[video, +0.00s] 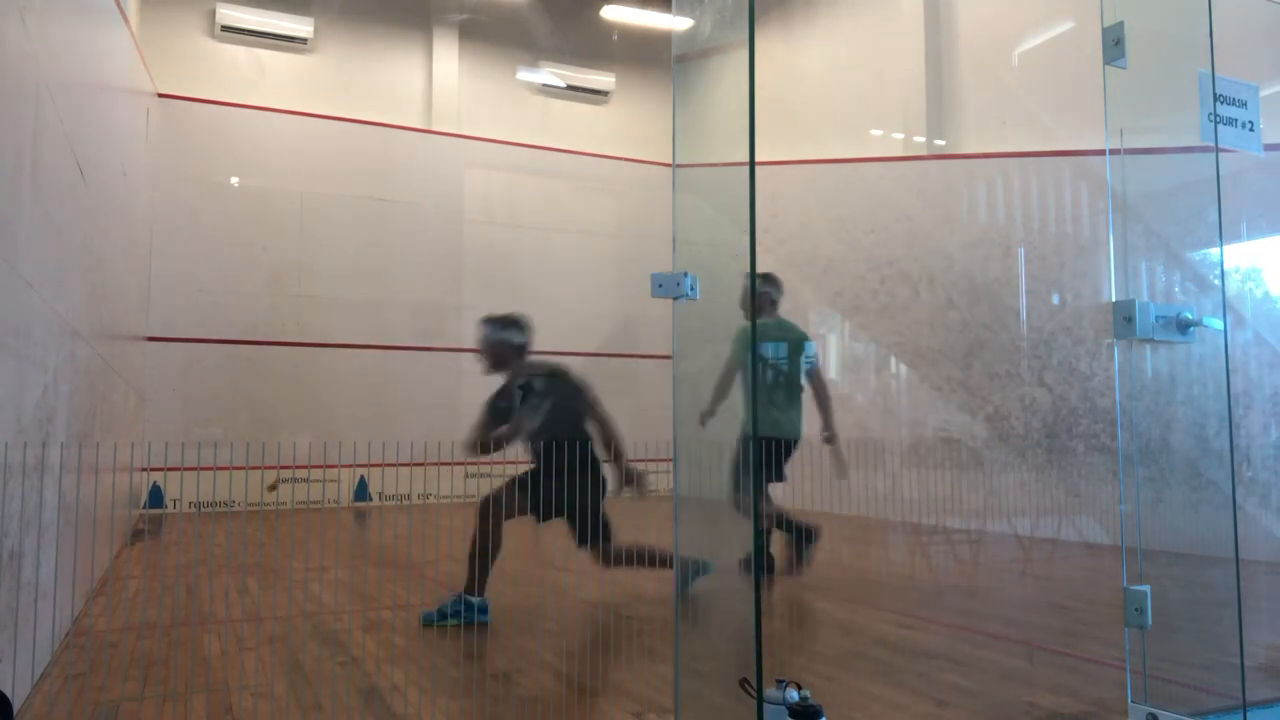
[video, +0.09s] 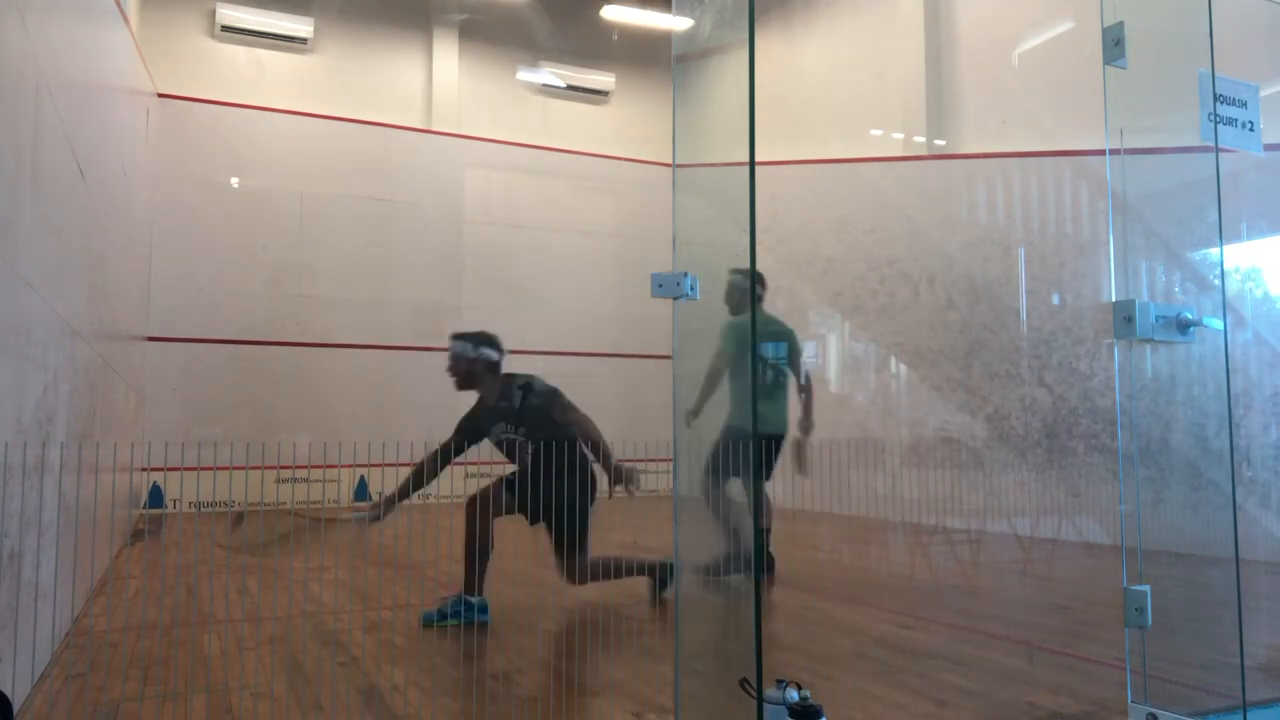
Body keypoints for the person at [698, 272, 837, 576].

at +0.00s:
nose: (741, 304)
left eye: (745, 298)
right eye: (742, 297)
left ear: (759, 299)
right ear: (776, 301)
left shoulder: (748, 333)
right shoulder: (798, 335)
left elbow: (728, 374)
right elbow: (818, 383)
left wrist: (712, 407)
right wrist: (828, 425)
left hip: (758, 430)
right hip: (788, 432)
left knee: (742, 496)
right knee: (757, 492)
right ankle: (762, 554)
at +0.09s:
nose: (725, 296)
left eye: (730, 290)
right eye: (727, 290)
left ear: (744, 294)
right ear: (758, 294)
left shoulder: (734, 328)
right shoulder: (784, 331)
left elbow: (717, 369)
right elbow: (803, 379)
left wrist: (697, 406)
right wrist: (807, 416)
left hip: (742, 428)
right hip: (775, 430)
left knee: (712, 483)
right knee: (755, 485)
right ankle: (762, 553)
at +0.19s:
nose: (716, 292)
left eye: (721, 286)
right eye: (718, 285)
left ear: (737, 288)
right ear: (748, 290)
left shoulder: (726, 322)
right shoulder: (774, 325)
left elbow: (711, 363)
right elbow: (793, 367)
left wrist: (692, 402)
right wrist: (795, 407)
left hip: (731, 425)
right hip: (765, 426)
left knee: (703, 482)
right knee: (756, 484)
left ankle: (696, 556)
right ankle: (762, 551)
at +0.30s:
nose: (699, 290)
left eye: (703, 284)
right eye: (700, 283)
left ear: (715, 285)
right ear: (731, 287)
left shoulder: (705, 317)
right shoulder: (756, 321)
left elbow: (694, 357)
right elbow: (778, 368)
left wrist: (683, 401)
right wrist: (767, 402)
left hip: (706, 418)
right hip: (742, 422)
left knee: (676, 482)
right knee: (750, 487)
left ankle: (650, 545)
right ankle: (762, 550)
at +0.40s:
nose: (687, 300)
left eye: (692, 293)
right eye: (689, 292)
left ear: (703, 296)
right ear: (720, 296)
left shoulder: (687, 330)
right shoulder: (741, 333)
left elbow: (675, 373)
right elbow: (762, 380)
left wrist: (665, 411)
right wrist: (740, 410)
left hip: (688, 426)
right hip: (725, 427)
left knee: (652, 482)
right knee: (738, 487)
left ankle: (628, 552)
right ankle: (755, 554)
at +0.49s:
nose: (674, 309)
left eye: (675, 302)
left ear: (676, 306)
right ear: (702, 306)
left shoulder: (668, 338)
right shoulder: (718, 343)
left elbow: (650, 378)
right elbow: (739, 390)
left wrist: (633, 421)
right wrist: (715, 410)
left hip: (671, 436)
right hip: (708, 439)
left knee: (625, 480)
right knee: (727, 492)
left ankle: (620, 560)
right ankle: (755, 554)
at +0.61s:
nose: (646, 302)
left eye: (646, 297)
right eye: (652, 298)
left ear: (647, 301)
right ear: (674, 303)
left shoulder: (633, 334)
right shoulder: (684, 337)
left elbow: (618, 382)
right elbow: (704, 381)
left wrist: (623, 406)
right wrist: (676, 401)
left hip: (638, 435)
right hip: (676, 435)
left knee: (605, 493)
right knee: (704, 493)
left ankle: (627, 557)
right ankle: (740, 553)